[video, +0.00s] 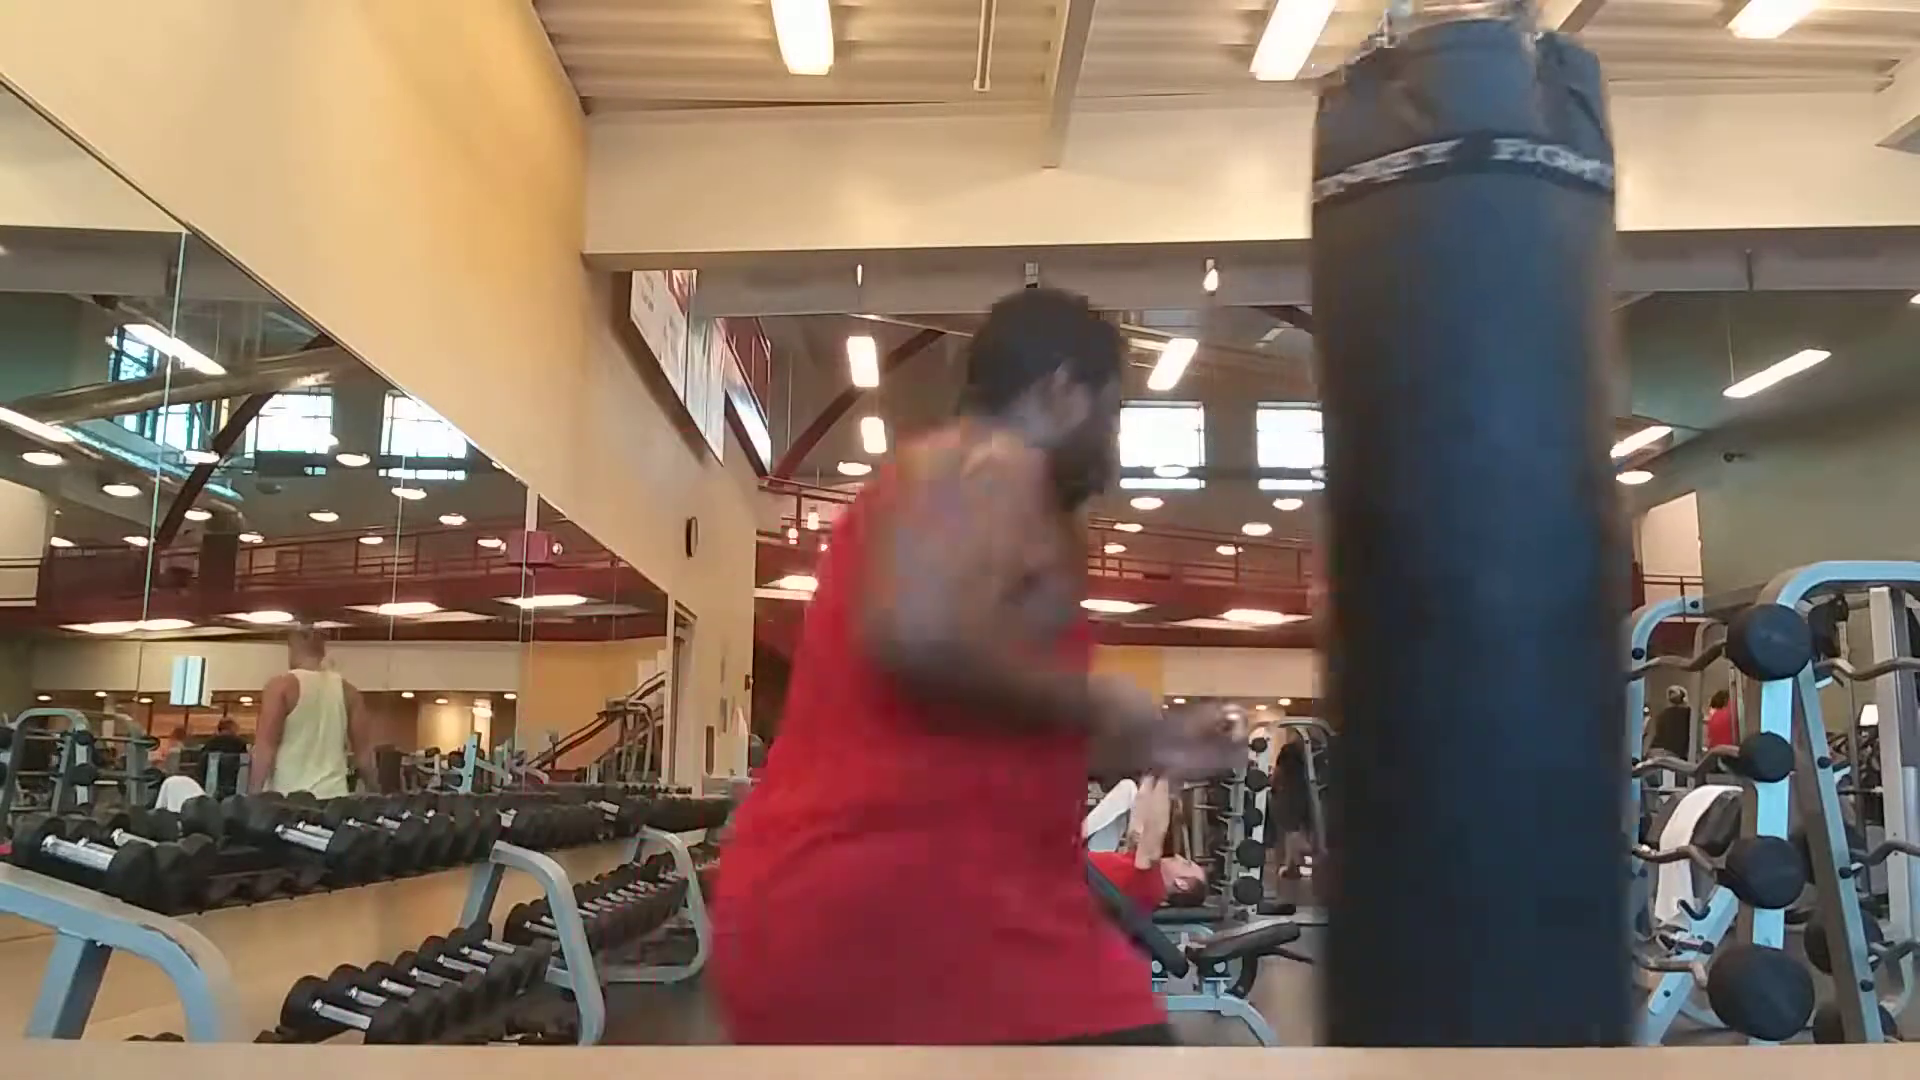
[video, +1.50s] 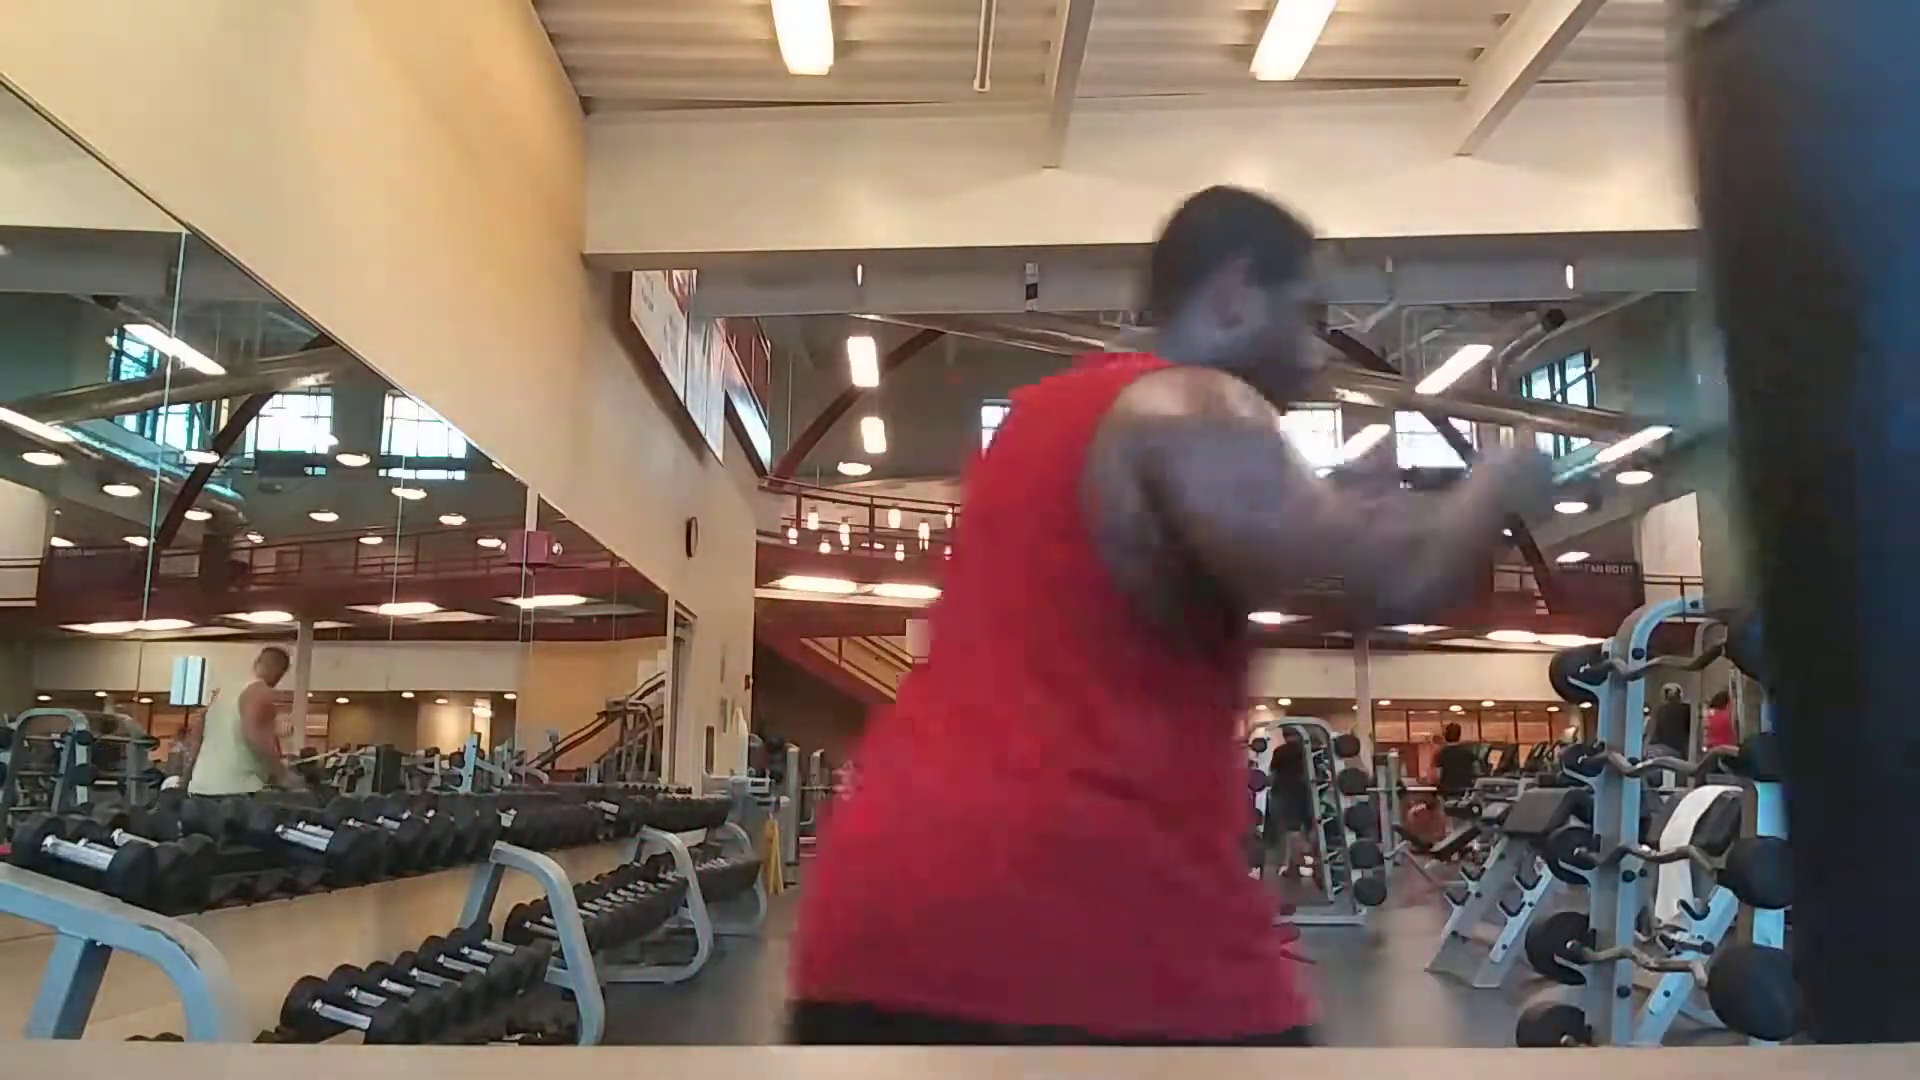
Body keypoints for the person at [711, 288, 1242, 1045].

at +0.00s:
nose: (1112, 439)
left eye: (1117, 413)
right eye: (1112, 410)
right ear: (1061, 389)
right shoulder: (985, 461)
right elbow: (922, 631)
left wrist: (1144, 747)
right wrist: (1093, 701)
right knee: (1132, 1043)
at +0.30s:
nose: (1164, 404)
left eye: (1170, 388)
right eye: (1166, 385)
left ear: (1040, 359)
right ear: (1132, 363)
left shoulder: (905, 470)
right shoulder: (1118, 451)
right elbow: (1359, 526)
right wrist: (1504, 485)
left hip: (841, 928)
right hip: (1051, 922)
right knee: (1233, 1062)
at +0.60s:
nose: (1429, 370)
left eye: (1434, 345)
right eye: (1425, 338)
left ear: (1293, 319)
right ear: (1365, 316)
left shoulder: (1211, 434)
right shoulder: (1293, 427)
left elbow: (1444, 545)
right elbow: (1444, 606)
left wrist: (1611, 506)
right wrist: (1537, 471)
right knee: (1431, 1038)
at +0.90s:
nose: (1519, 466)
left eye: (1523, 437)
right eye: (1515, 432)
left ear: (1359, 421)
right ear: (1464, 415)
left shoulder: (1213, 553)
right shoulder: (1481, 554)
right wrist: (1715, 727)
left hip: (1190, 1005)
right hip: (1441, 994)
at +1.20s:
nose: (1461, 327)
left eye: (1468, 295)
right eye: (1457, 287)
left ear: (1304, 278)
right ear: (1383, 267)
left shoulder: (1184, 386)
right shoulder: (1375, 382)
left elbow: (1336, 458)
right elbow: (1608, 542)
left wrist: (1483, 396)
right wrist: (1660, 429)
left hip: (1046, 869)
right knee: (1452, 1065)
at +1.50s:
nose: (1315, 352)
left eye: (1319, 323)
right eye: (1310, 316)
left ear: (1205, 298)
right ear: (1237, 297)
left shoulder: (1040, 414)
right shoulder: (1191, 409)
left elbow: (1144, 553)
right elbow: (1407, 573)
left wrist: (1327, 502)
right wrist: (1497, 487)